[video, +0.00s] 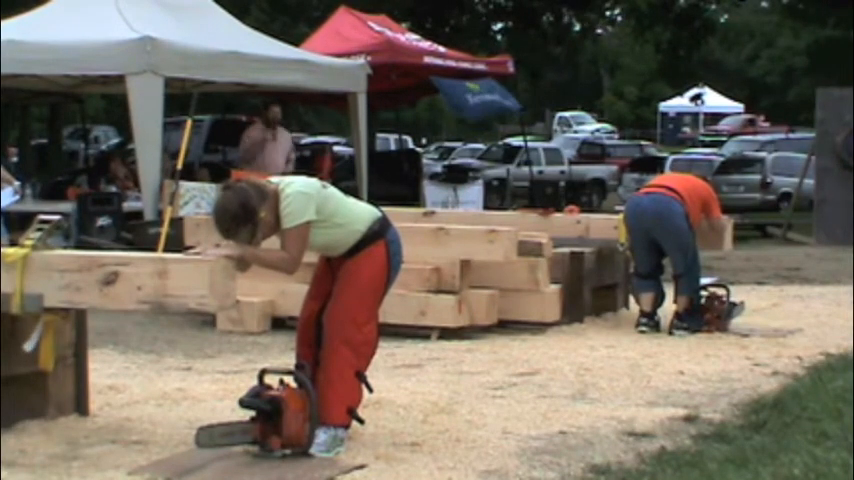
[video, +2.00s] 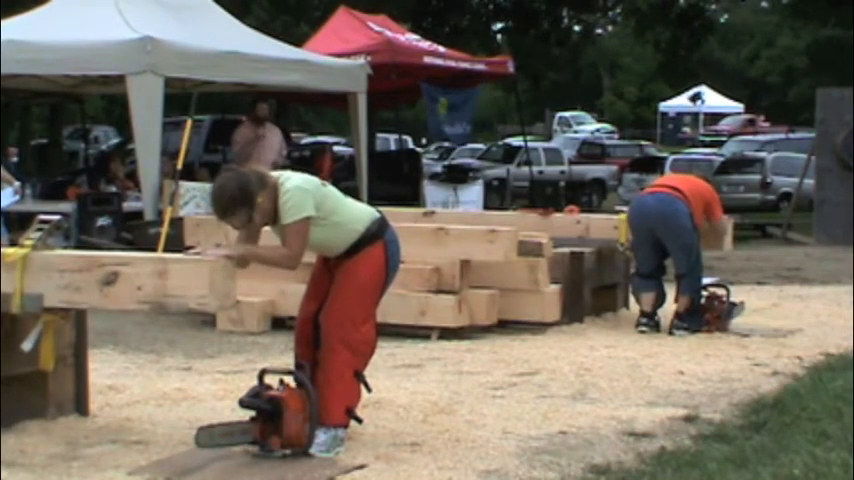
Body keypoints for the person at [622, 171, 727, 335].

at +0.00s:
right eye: (711, 191)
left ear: (689, 175)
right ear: (707, 183)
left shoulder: (670, 178)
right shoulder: (706, 189)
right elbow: (716, 223)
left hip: (635, 204)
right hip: (668, 207)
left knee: (645, 269)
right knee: (686, 268)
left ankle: (646, 316)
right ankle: (682, 318)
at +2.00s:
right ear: (710, 186)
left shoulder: (673, 179)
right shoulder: (708, 190)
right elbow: (718, 225)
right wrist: (725, 224)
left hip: (640, 204)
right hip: (673, 206)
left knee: (646, 270)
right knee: (688, 269)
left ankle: (646, 316)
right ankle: (682, 318)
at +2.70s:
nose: (735, 202)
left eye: (736, 198)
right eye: (735, 198)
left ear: (714, 186)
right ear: (732, 196)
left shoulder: (702, 192)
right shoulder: (724, 206)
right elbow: (714, 242)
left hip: (641, 216)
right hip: (662, 223)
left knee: (674, 271)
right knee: (698, 271)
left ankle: (665, 313)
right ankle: (688, 318)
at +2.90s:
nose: (734, 179)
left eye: (737, 175)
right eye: (733, 172)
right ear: (725, 164)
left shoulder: (711, 192)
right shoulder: (707, 156)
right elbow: (684, 158)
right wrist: (706, 183)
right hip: (658, 205)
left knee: (675, 261)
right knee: (680, 263)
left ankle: (665, 311)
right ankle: (689, 319)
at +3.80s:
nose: (717, 140)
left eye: (717, 135)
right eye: (716, 134)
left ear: (696, 126)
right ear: (709, 132)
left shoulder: (677, 137)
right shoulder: (694, 149)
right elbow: (688, 184)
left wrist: (699, 187)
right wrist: (695, 207)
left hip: (646, 196)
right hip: (663, 203)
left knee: (661, 261)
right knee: (675, 263)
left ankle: (661, 313)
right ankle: (666, 319)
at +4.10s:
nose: (719, 149)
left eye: (721, 144)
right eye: (719, 143)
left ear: (702, 133)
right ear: (711, 139)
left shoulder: (681, 142)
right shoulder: (693, 154)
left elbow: (677, 169)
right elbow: (680, 187)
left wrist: (700, 184)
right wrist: (690, 214)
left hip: (644, 197)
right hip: (657, 204)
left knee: (659, 261)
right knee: (669, 262)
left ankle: (660, 315)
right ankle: (664, 319)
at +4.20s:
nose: (723, 166)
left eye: (726, 163)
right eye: (724, 161)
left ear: (715, 153)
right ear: (716, 154)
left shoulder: (693, 158)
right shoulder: (694, 165)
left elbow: (692, 196)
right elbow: (683, 205)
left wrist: (708, 212)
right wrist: (691, 237)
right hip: (648, 204)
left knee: (666, 261)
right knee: (668, 261)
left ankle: (662, 316)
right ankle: (664, 320)